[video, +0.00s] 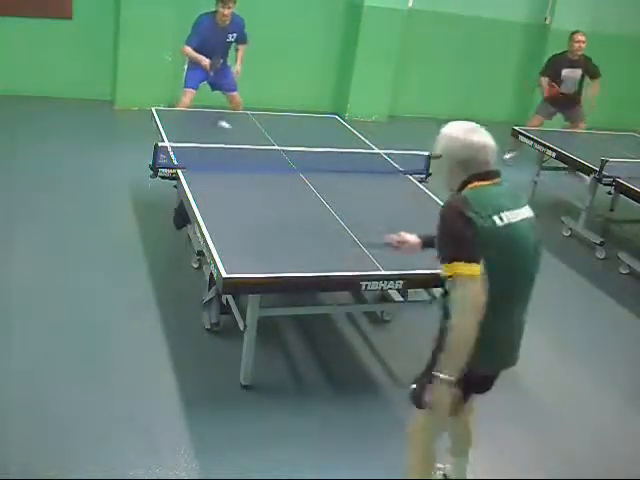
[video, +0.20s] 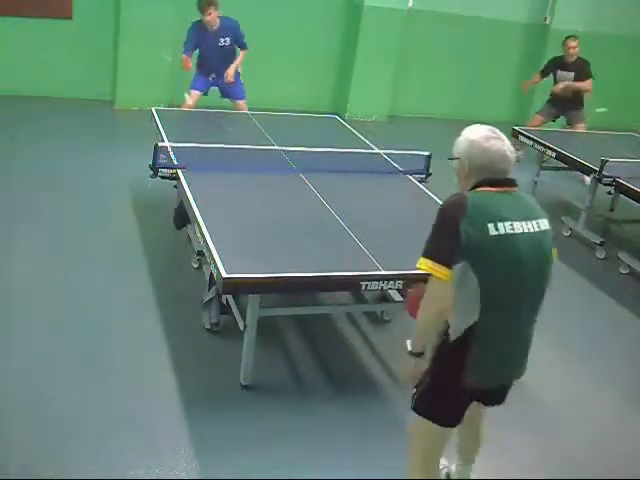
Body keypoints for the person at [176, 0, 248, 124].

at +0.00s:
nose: (226, 12)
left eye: (229, 8)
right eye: (223, 8)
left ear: (233, 9)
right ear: (217, 7)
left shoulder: (238, 22)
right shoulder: (204, 20)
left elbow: (241, 43)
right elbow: (186, 49)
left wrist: (238, 65)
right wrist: (203, 60)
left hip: (221, 65)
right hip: (198, 64)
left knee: (235, 100)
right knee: (187, 99)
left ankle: (240, 130)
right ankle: (173, 128)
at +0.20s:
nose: (207, 19)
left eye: (209, 14)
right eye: (204, 15)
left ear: (216, 12)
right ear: (200, 15)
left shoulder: (231, 25)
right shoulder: (196, 28)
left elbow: (243, 49)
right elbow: (188, 49)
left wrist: (232, 68)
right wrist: (187, 60)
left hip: (228, 72)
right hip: (204, 73)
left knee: (241, 107)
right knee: (188, 104)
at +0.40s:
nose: (187, 33)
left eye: (189, 28)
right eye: (184, 29)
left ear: (198, 23)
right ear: (182, 29)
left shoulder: (219, 31)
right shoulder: (186, 43)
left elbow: (243, 46)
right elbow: (186, 70)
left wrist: (235, 71)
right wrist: (172, 79)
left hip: (230, 72)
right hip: (208, 74)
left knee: (243, 109)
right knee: (191, 104)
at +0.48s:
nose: (182, 38)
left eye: (184, 32)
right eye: (180, 34)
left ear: (193, 26)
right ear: (178, 34)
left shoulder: (215, 32)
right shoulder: (183, 47)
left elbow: (241, 44)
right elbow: (185, 73)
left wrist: (236, 70)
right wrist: (166, 80)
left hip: (229, 73)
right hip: (206, 75)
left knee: (242, 109)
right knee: (191, 103)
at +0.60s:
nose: (177, 41)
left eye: (179, 36)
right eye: (174, 38)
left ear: (187, 29)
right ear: (172, 37)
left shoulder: (209, 33)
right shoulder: (178, 50)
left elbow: (236, 44)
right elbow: (180, 77)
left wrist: (233, 69)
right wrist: (167, 93)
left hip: (224, 73)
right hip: (201, 75)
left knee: (238, 107)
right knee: (187, 103)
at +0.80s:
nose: (182, 28)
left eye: (184, 23)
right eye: (178, 25)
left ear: (190, 18)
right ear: (175, 26)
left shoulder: (208, 25)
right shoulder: (176, 40)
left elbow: (230, 37)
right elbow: (181, 73)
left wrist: (226, 63)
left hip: (216, 67)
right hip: (194, 71)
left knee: (235, 105)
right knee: (185, 102)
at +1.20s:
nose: (210, 3)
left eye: (212, 1)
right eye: (206, 1)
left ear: (215, 1)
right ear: (201, 2)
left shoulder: (223, 11)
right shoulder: (189, 16)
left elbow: (235, 31)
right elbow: (174, 41)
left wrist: (236, 54)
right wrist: (181, 64)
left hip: (214, 63)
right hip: (192, 64)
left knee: (230, 100)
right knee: (186, 102)